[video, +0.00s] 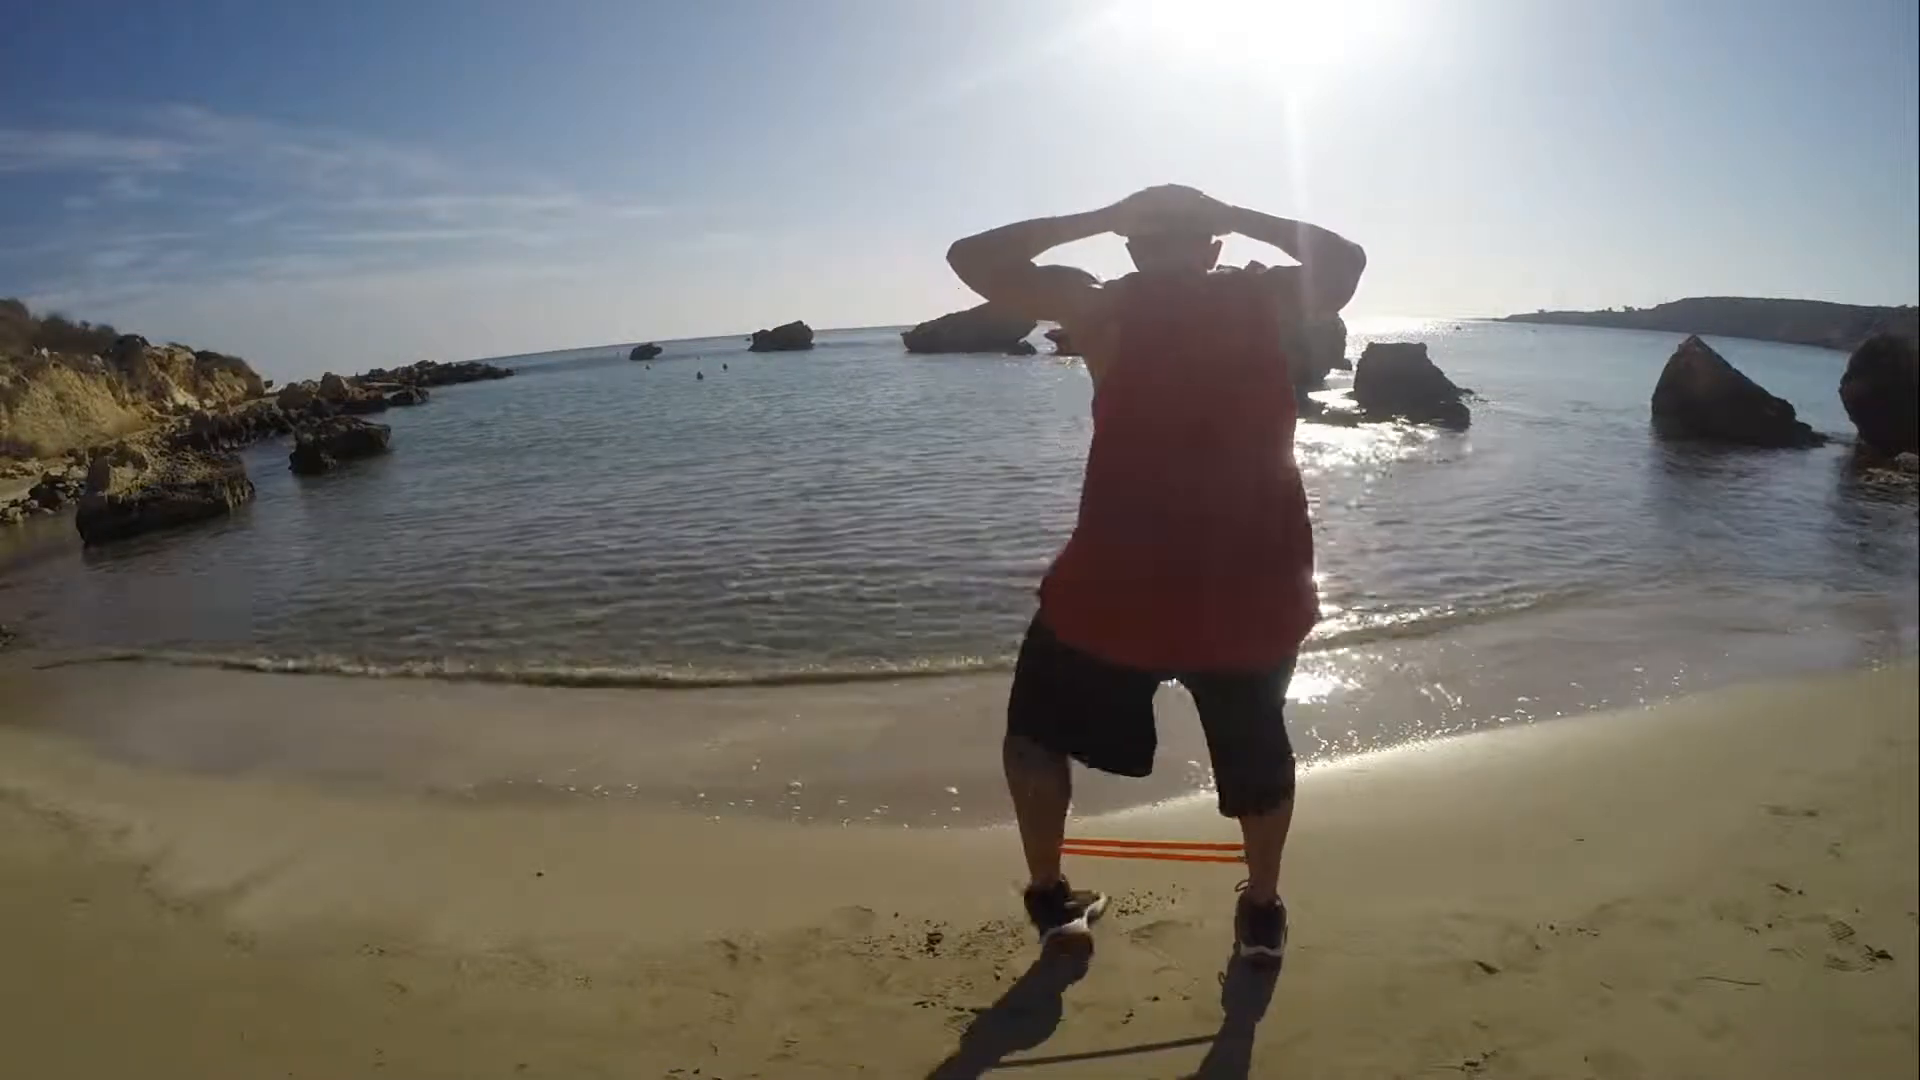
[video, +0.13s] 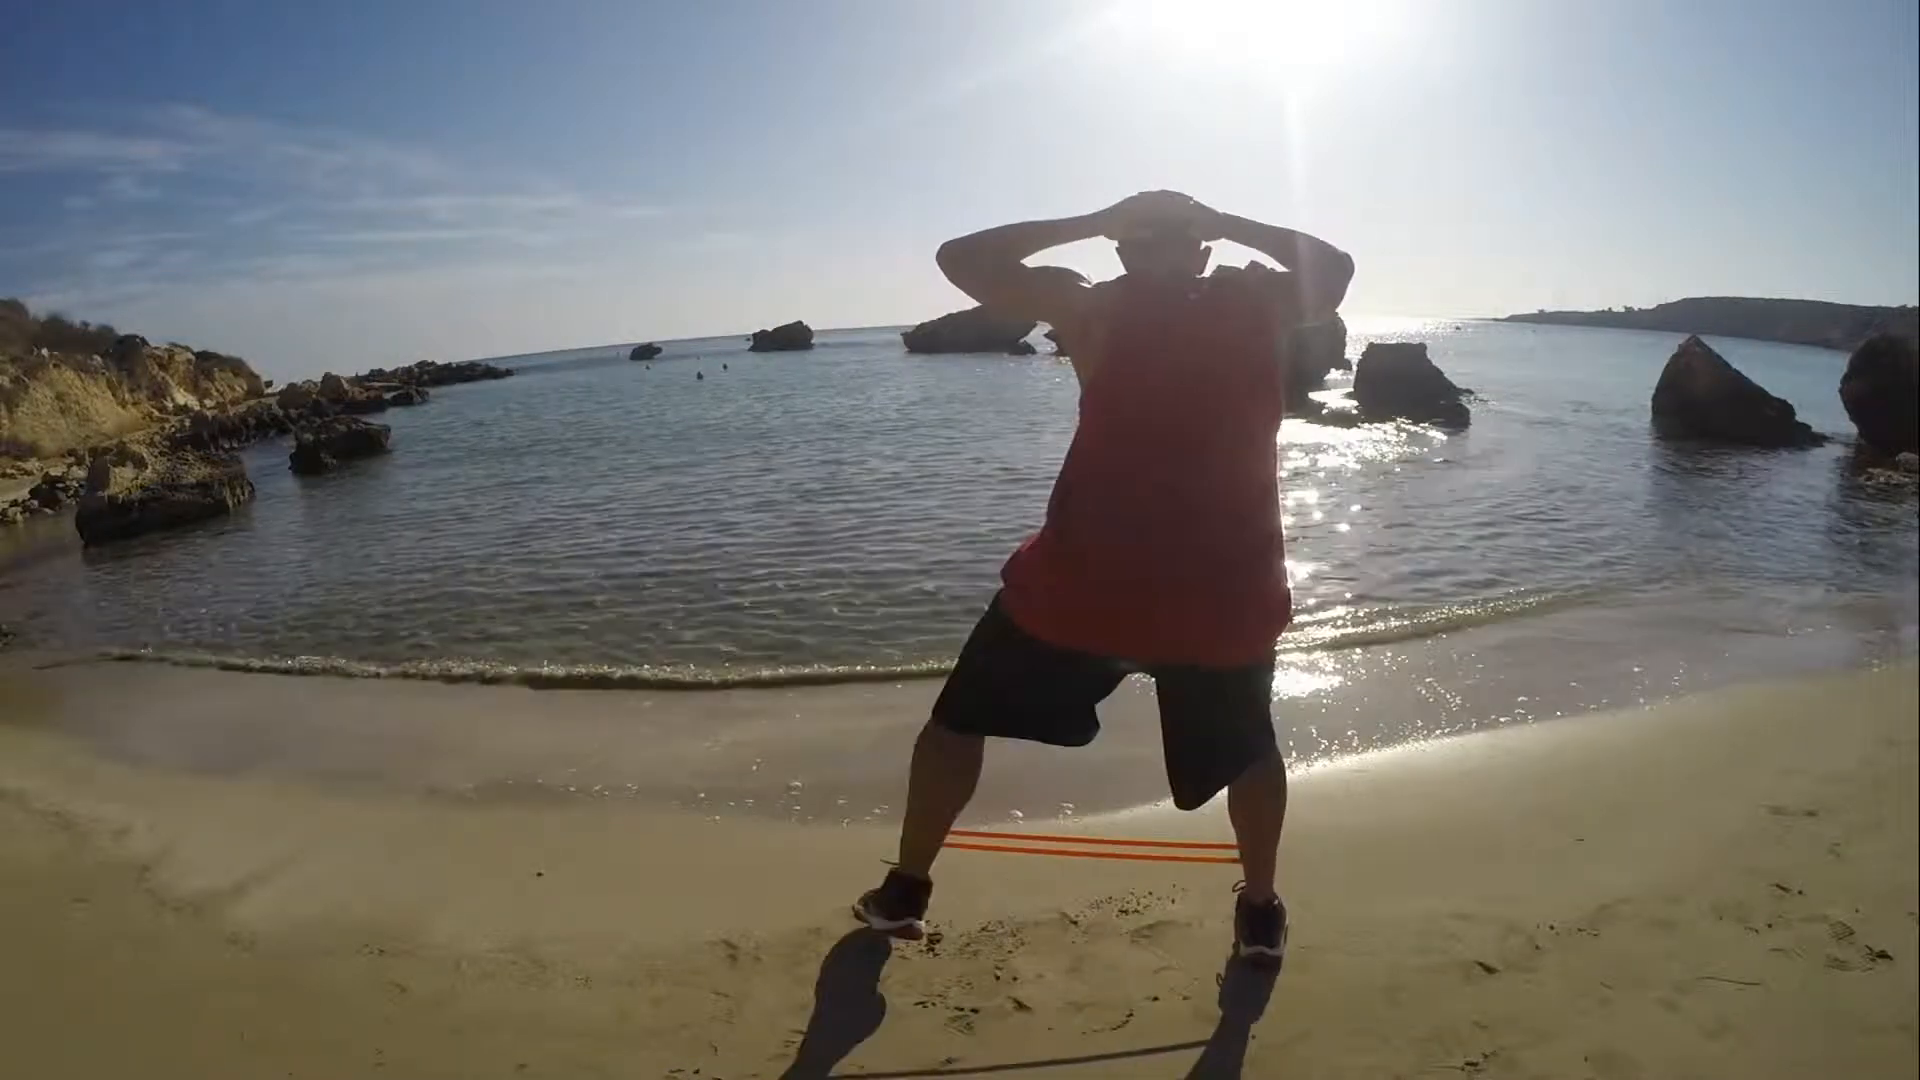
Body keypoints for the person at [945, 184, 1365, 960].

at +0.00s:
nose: (1145, 254)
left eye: (1142, 239)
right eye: (1152, 236)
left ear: (1133, 244)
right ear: (1212, 241)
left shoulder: (1109, 310)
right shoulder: (1272, 298)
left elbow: (973, 257)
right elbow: (1345, 257)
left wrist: (1102, 217)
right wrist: (1237, 216)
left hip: (1116, 573)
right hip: (1250, 580)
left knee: (1036, 726)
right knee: (1258, 743)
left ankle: (1046, 890)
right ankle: (1263, 906)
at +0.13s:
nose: (1144, 243)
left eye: (1137, 232)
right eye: (1161, 227)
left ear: (1120, 248)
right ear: (1203, 246)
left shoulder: (1089, 310)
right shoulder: (1259, 303)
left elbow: (960, 257)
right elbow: (1334, 263)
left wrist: (1092, 223)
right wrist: (1224, 221)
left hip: (1087, 566)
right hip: (1225, 581)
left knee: (959, 718)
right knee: (1249, 744)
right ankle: (1260, 908)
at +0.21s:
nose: (1135, 258)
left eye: (1126, 244)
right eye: (1150, 245)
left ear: (1107, 254)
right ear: (1184, 253)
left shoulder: (1068, 315)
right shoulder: (1238, 311)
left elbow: (943, 262)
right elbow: (1316, 269)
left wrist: (1077, 228)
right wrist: (1208, 229)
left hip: (1058, 572)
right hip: (1201, 586)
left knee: (909, 726)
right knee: (1240, 748)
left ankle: (822, 881)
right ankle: (1257, 907)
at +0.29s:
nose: (1093, 264)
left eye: (1090, 253)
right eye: (1110, 252)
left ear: (1077, 265)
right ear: (1157, 267)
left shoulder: (1034, 328)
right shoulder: (1209, 326)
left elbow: (911, 273)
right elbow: (1289, 275)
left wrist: (1042, 239)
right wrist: (1177, 237)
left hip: (1021, 594)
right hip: (1170, 606)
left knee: (875, 750)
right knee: (1230, 757)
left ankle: (784, 901)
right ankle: (1255, 904)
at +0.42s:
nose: (1050, 265)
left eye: (1044, 252)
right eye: (1052, 253)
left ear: (1001, 269)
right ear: (1083, 271)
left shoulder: (954, 337)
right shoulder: (1136, 336)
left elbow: (837, 283)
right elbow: (1233, 291)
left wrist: (968, 247)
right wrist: (1116, 246)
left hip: (959, 616)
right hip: (1110, 620)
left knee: (834, 765)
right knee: (1202, 767)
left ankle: (771, 922)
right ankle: (1249, 904)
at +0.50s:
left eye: (961, 247)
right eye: (999, 247)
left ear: (942, 260)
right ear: (1025, 263)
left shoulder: (891, 327)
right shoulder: (1072, 325)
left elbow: (779, 269)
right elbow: (1179, 279)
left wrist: (908, 236)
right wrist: (1057, 236)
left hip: (907, 607)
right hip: (1055, 607)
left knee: (807, 764)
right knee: (1169, 758)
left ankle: (769, 926)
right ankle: (1238, 903)